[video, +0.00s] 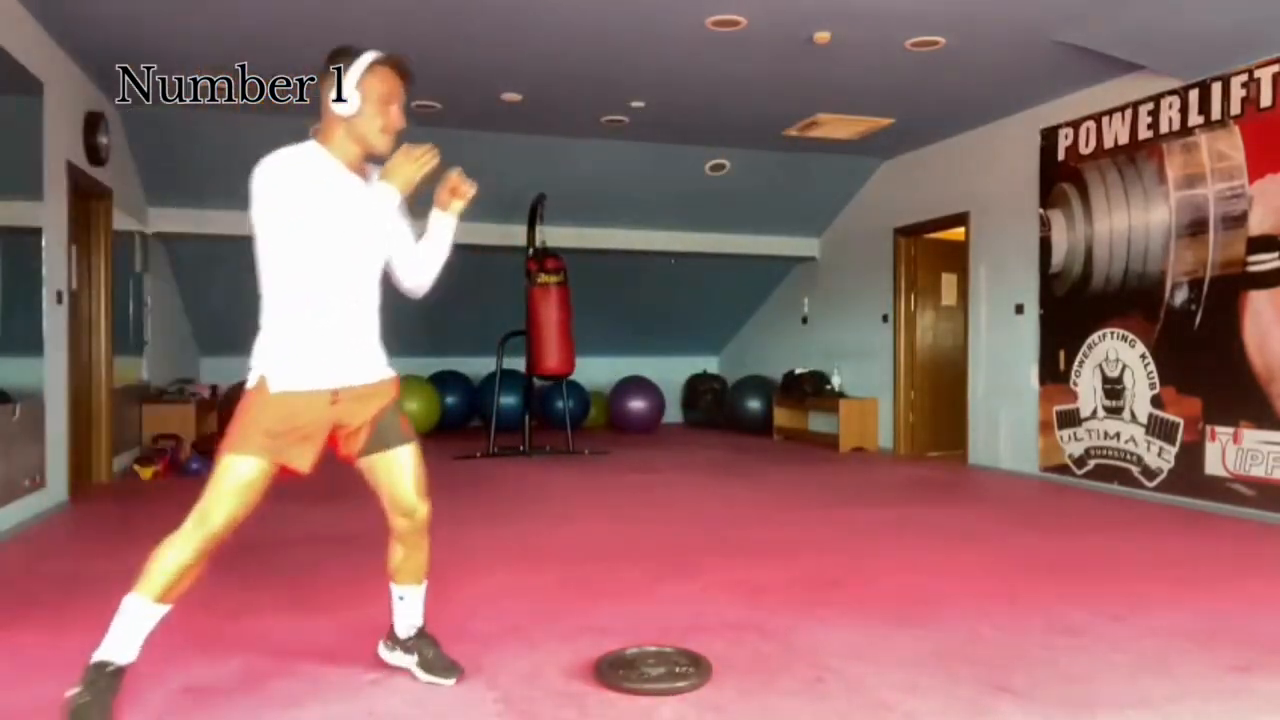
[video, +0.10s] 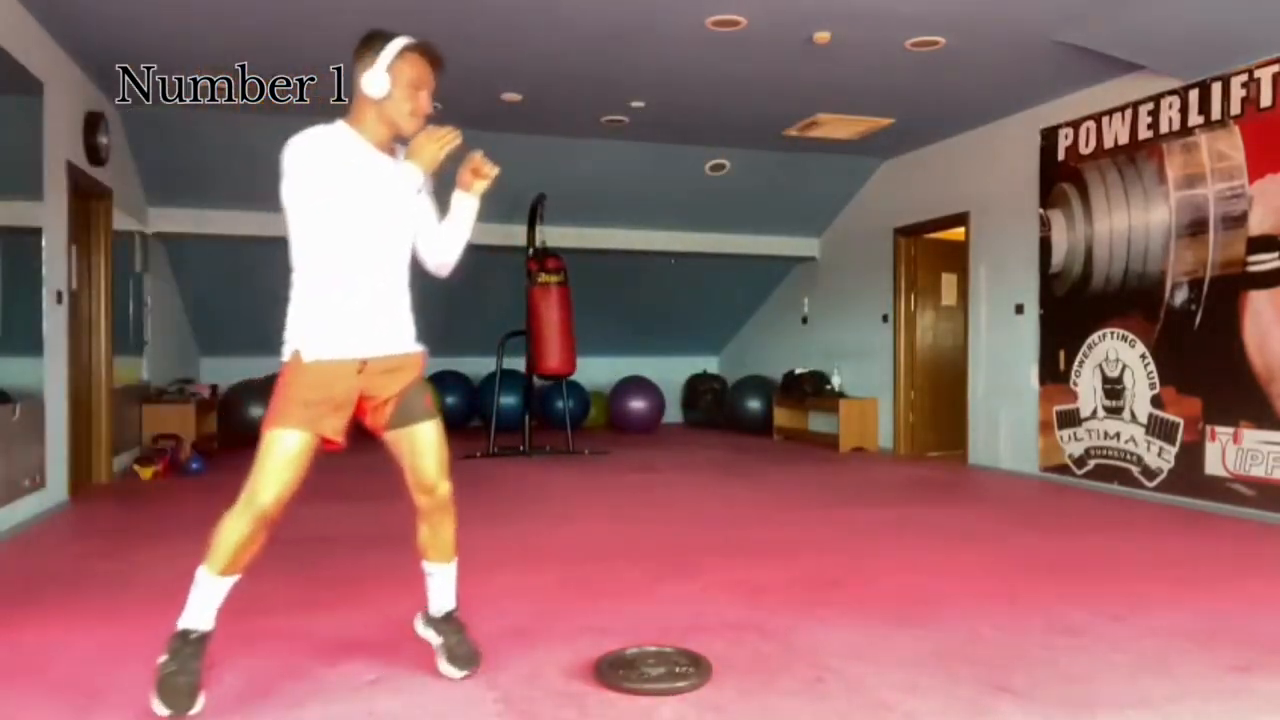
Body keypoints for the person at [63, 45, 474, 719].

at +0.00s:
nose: (400, 122)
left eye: (402, 109)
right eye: (388, 106)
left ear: (385, 113)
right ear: (342, 104)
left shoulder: (377, 193)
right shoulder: (279, 172)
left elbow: (415, 279)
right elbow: (323, 248)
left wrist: (445, 213)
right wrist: (394, 188)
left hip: (368, 384)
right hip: (286, 387)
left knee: (413, 510)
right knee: (209, 525)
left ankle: (407, 637)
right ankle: (110, 661)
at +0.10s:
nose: (425, 107)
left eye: (430, 95)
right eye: (416, 91)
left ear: (424, 100)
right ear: (373, 85)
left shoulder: (406, 168)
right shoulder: (309, 150)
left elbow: (440, 259)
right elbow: (340, 230)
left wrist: (468, 196)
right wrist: (414, 168)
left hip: (397, 358)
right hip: (318, 358)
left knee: (436, 488)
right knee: (264, 501)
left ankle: (442, 616)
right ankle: (191, 636)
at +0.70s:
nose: (368, 152)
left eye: (373, 140)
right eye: (360, 136)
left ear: (368, 143)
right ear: (316, 128)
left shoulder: (349, 215)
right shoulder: (243, 191)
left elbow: (379, 304)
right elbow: (284, 268)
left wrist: (413, 242)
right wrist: (354, 208)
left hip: (332, 390)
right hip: (252, 392)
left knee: (415, 507)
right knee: (204, 540)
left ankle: (378, 592)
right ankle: (124, 679)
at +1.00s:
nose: (381, 116)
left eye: (388, 105)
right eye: (372, 100)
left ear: (385, 110)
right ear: (328, 93)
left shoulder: (369, 176)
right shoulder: (263, 159)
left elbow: (406, 265)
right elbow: (296, 238)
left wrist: (436, 204)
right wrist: (370, 174)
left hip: (361, 364)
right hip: (278, 370)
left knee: (433, 482)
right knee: (218, 509)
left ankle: (427, 595)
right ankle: (136, 662)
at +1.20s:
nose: (438, 164)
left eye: (441, 152)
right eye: (428, 150)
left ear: (417, 155)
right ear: (389, 148)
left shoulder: (421, 229)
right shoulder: (328, 214)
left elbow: (469, 302)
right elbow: (366, 284)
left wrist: (489, 238)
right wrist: (430, 225)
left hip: (426, 397)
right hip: (351, 403)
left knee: (488, 514)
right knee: (297, 539)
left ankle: (500, 628)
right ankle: (217, 654)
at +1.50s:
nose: (380, 132)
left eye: (385, 122)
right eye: (370, 117)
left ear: (381, 125)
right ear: (328, 110)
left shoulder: (375, 191)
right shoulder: (267, 175)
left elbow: (423, 271)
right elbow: (299, 232)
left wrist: (439, 208)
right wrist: (373, 179)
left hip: (367, 374)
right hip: (282, 378)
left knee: (436, 489)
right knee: (224, 516)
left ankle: (467, 609)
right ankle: (164, 646)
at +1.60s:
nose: (345, 148)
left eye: (350, 137)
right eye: (334, 132)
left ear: (350, 143)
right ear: (295, 129)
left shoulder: (336, 213)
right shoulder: (227, 192)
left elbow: (372, 300)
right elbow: (268, 260)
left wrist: (403, 245)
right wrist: (338, 208)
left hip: (327, 387)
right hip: (246, 395)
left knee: (411, 497)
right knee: (191, 538)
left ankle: (404, 603)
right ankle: (126, 663)